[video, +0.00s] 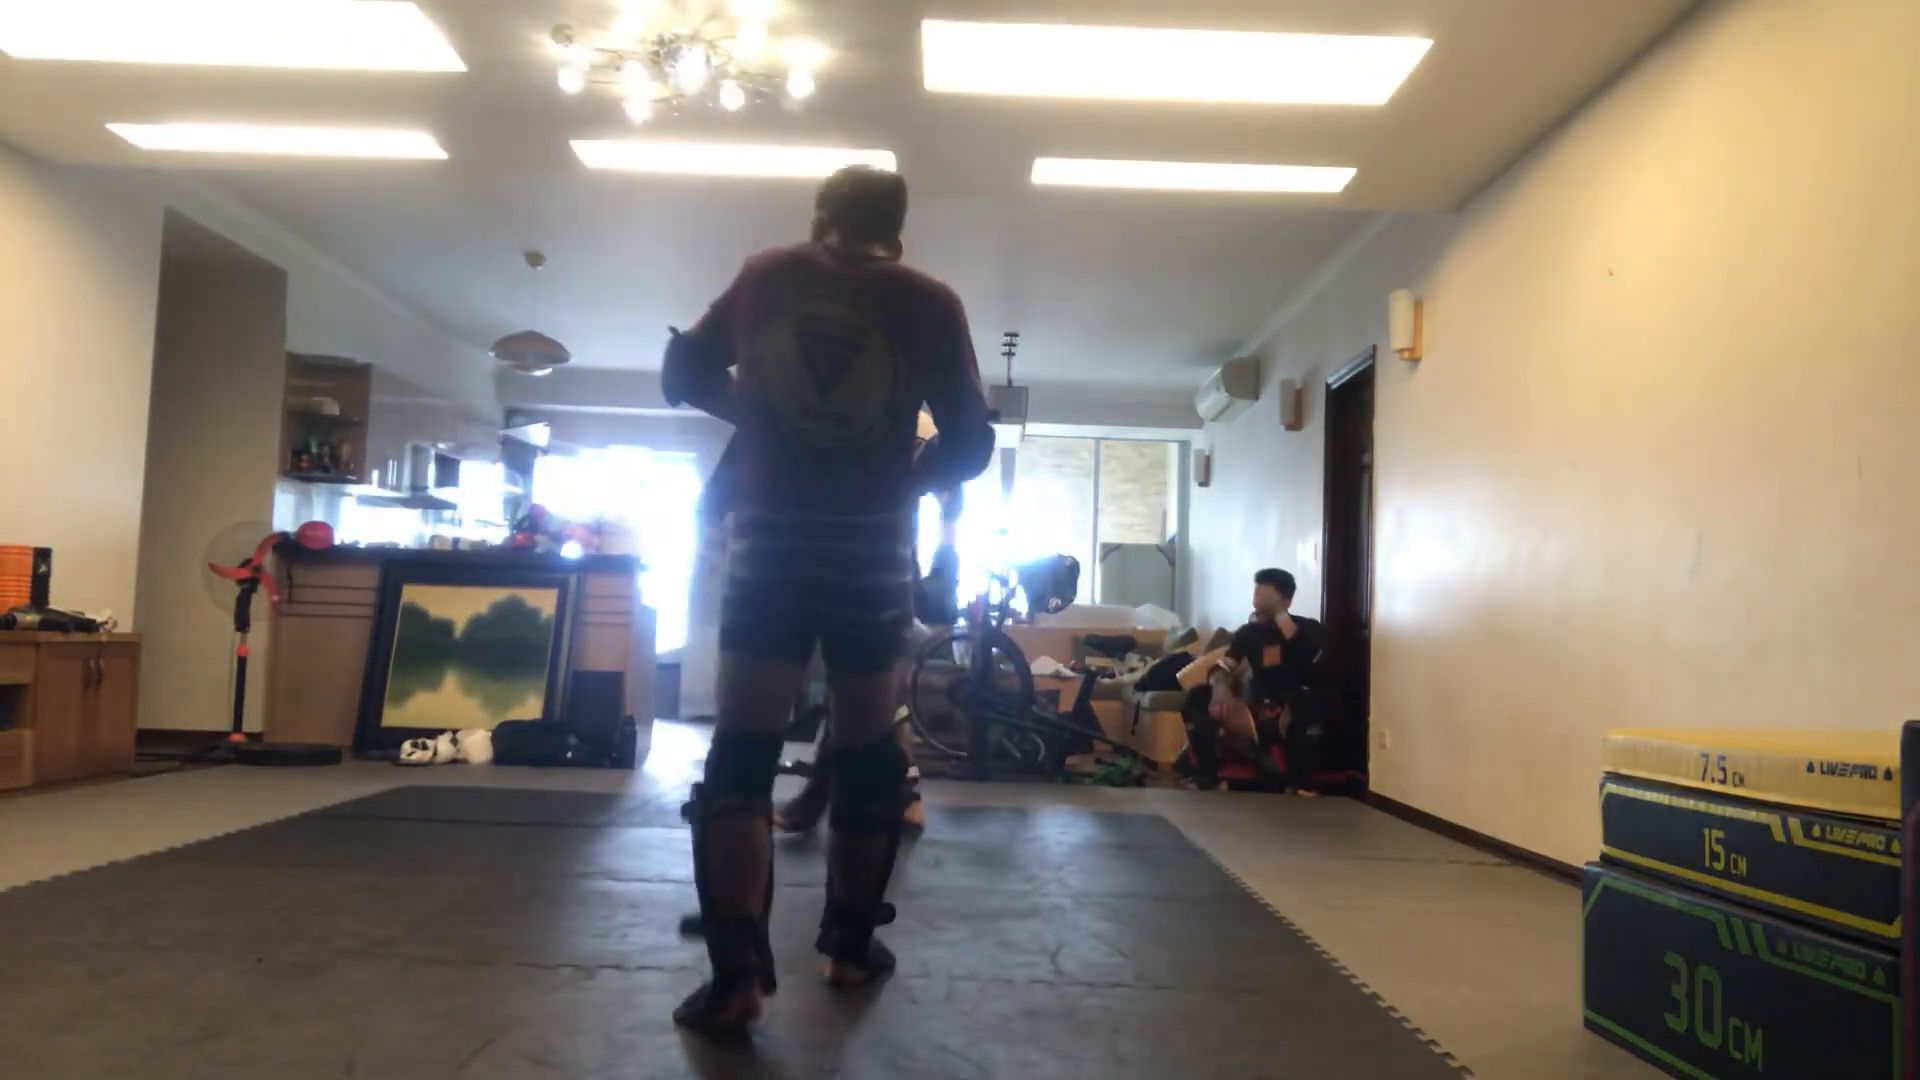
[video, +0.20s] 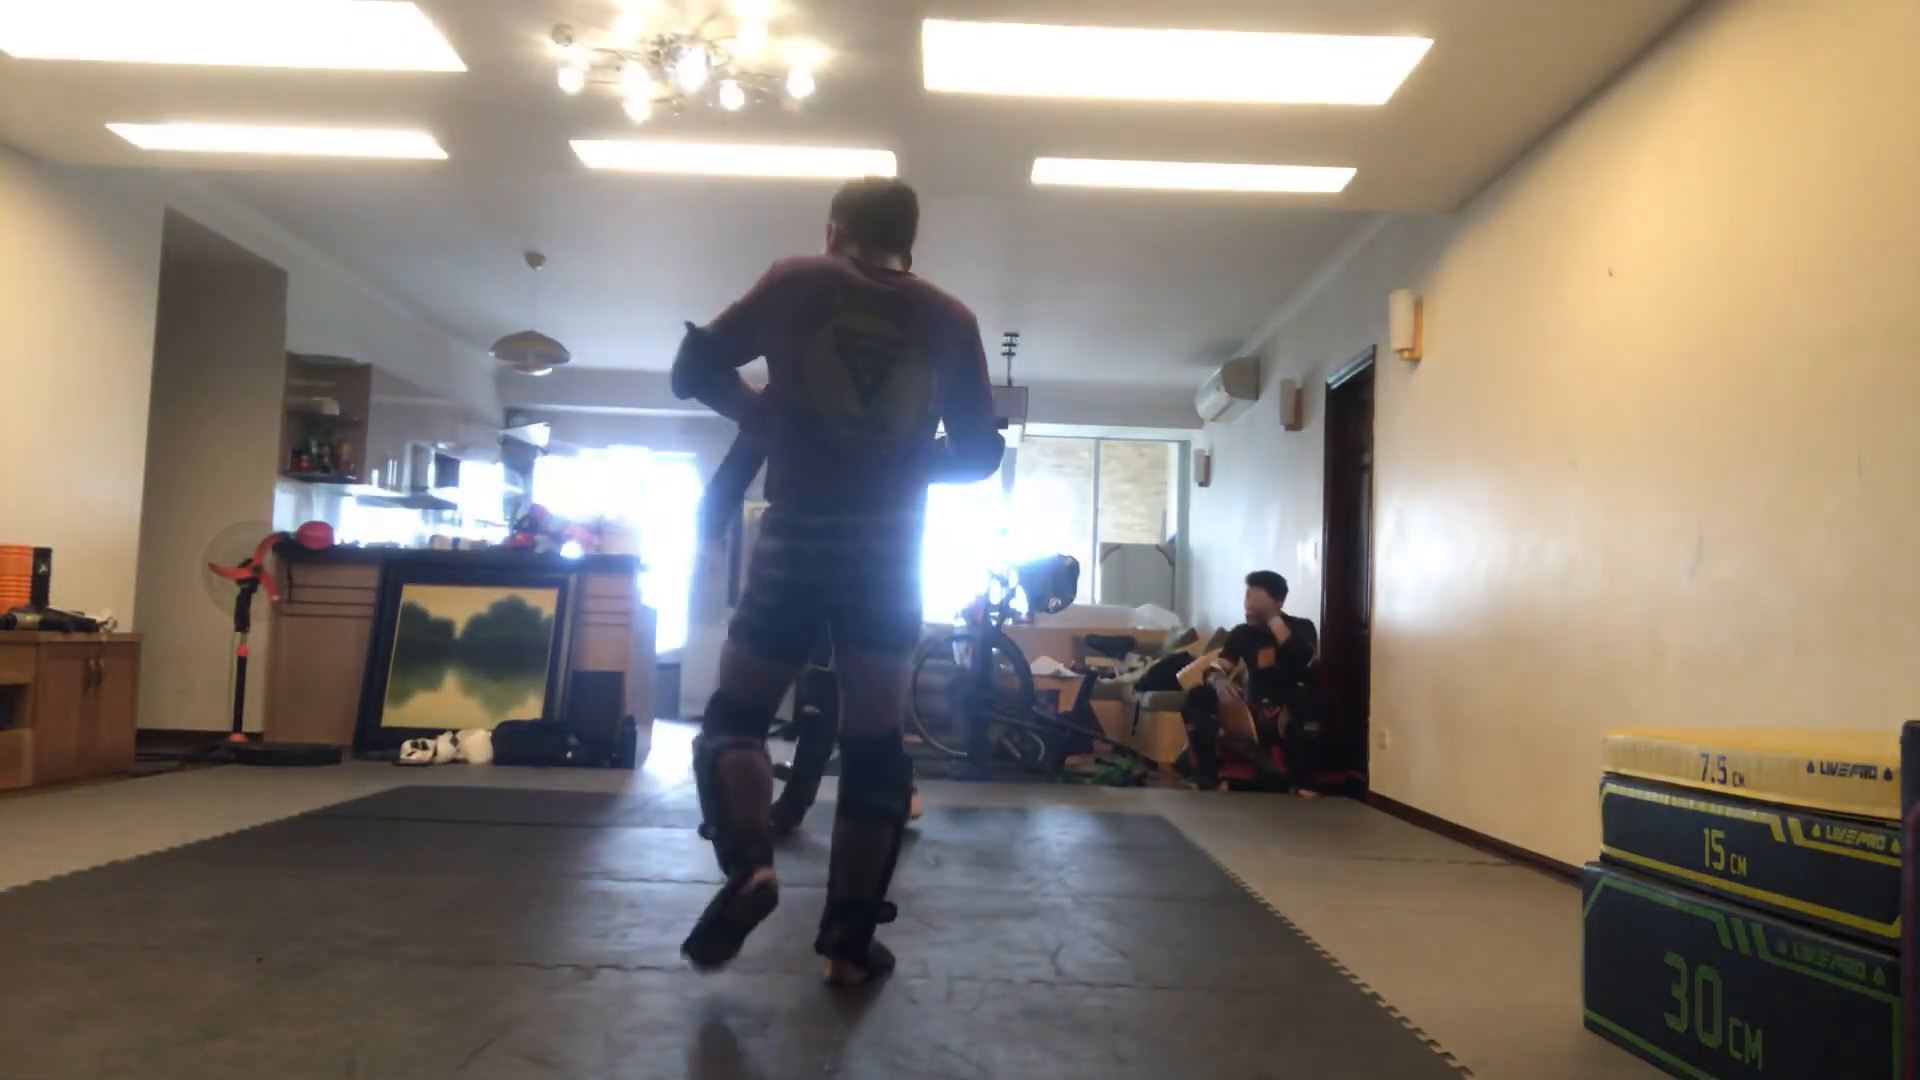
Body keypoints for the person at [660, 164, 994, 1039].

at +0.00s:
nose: (845, 243)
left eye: (826, 223)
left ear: (820, 220)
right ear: (897, 235)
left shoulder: (768, 272)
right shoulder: (931, 302)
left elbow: (684, 372)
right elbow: (972, 442)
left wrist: (763, 413)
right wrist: (898, 475)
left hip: (768, 551)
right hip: (871, 557)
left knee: (741, 752)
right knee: (868, 751)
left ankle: (739, 973)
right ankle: (848, 946)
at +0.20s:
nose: (834, 246)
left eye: (832, 233)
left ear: (837, 231)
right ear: (910, 244)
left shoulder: (796, 282)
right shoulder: (950, 319)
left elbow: (695, 367)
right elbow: (979, 452)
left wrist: (766, 416)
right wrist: (900, 456)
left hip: (792, 553)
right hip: (885, 564)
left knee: (737, 720)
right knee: (876, 747)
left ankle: (749, 863)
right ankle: (848, 942)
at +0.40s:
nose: (822, 266)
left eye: (824, 254)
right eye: (830, 257)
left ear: (835, 253)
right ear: (906, 263)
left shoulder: (801, 306)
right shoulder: (949, 340)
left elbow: (713, 402)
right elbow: (970, 461)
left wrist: (778, 433)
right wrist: (892, 462)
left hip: (799, 562)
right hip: (889, 570)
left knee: (773, 731)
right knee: (876, 746)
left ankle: (754, 903)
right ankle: (848, 942)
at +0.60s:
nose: (806, 287)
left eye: (809, 276)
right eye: (811, 278)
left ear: (821, 276)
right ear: (888, 282)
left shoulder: (790, 338)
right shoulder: (937, 357)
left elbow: (728, 437)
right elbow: (955, 468)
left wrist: (786, 470)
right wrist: (890, 491)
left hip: (801, 566)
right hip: (888, 572)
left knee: (785, 726)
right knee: (877, 740)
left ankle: (784, 896)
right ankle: (848, 918)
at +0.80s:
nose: (799, 304)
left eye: (801, 294)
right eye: (801, 295)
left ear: (815, 292)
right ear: (876, 294)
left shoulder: (795, 346)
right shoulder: (934, 361)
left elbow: (736, 445)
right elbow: (958, 470)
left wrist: (782, 479)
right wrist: (893, 490)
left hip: (807, 564)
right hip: (890, 569)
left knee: (791, 726)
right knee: (917, 720)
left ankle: (787, 900)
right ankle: (872, 841)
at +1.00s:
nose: (821, 324)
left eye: (822, 315)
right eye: (821, 316)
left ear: (839, 310)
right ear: (894, 311)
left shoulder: (822, 361)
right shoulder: (957, 377)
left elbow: (768, 454)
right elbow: (980, 480)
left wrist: (813, 496)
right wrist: (919, 507)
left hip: (837, 567)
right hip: (913, 573)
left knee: (807, 726)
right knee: (930, 725)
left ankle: (791, 898)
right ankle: (963, 877)